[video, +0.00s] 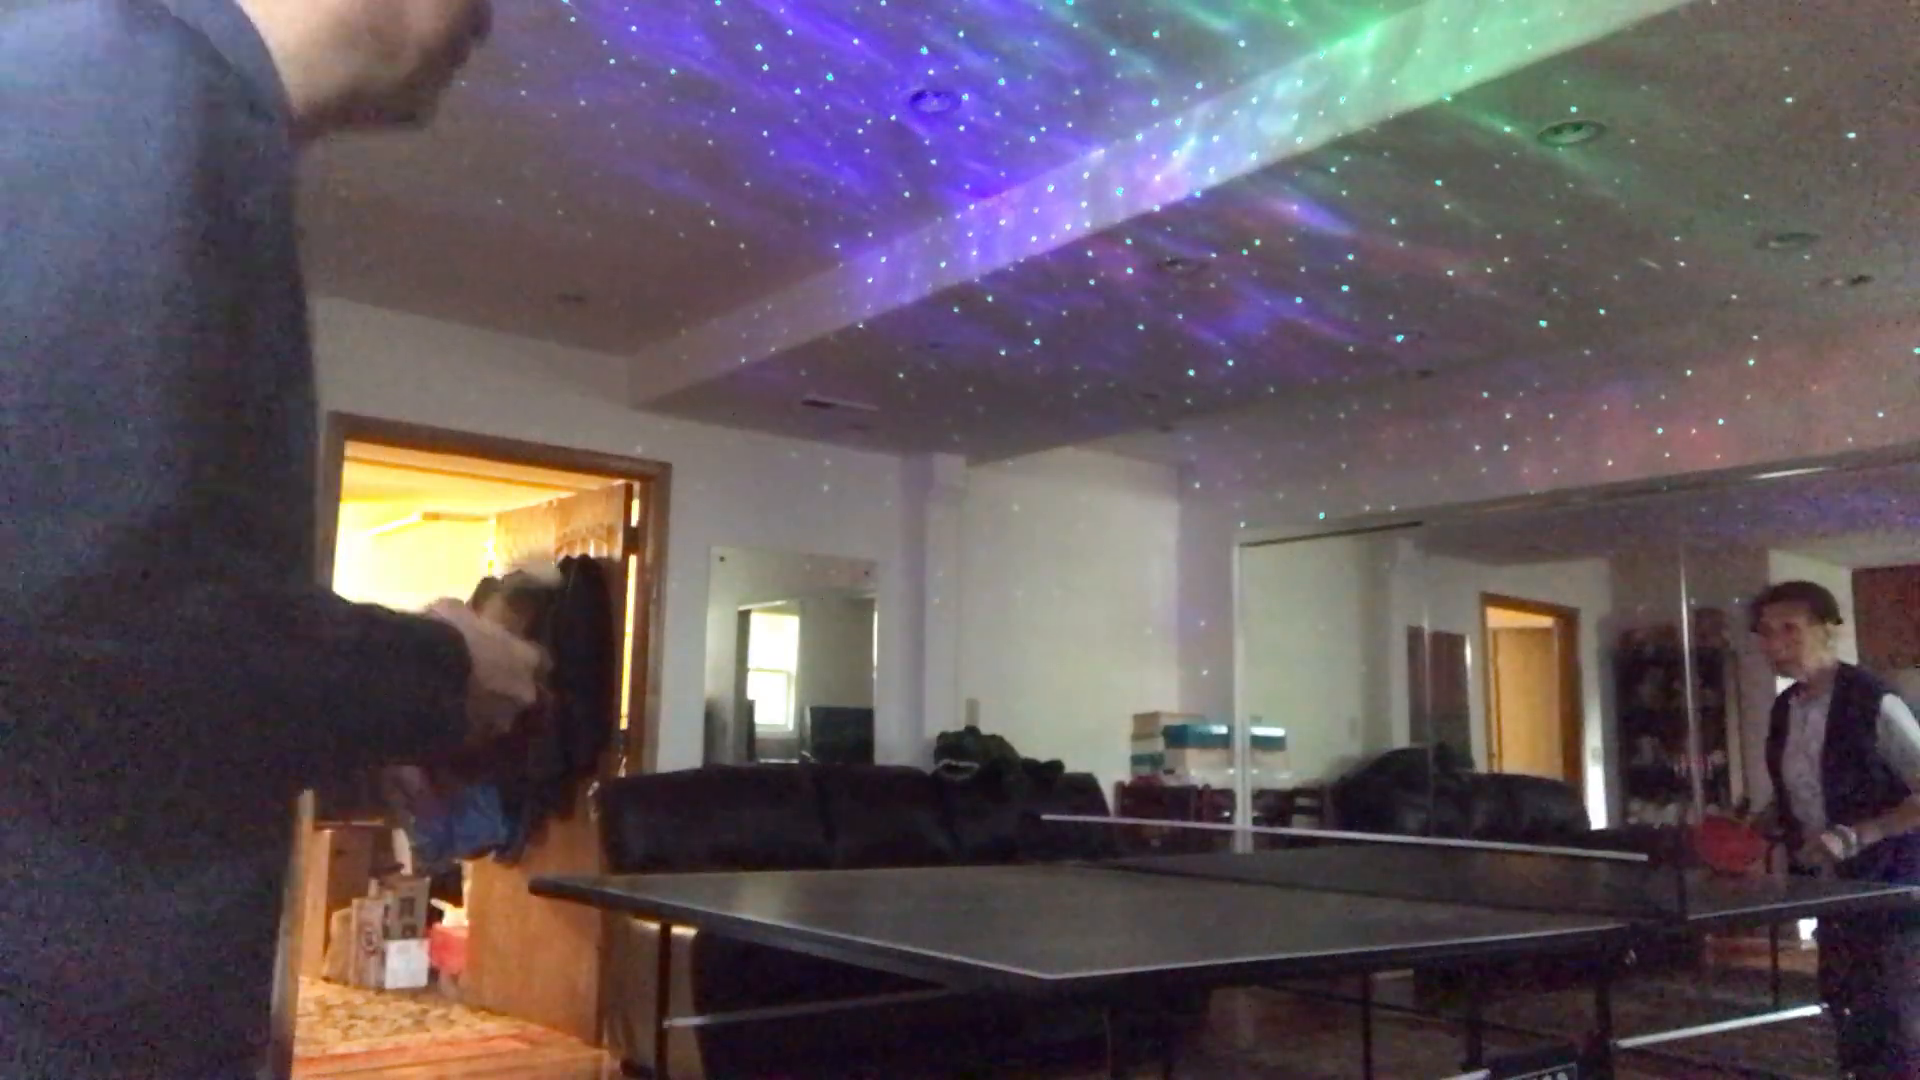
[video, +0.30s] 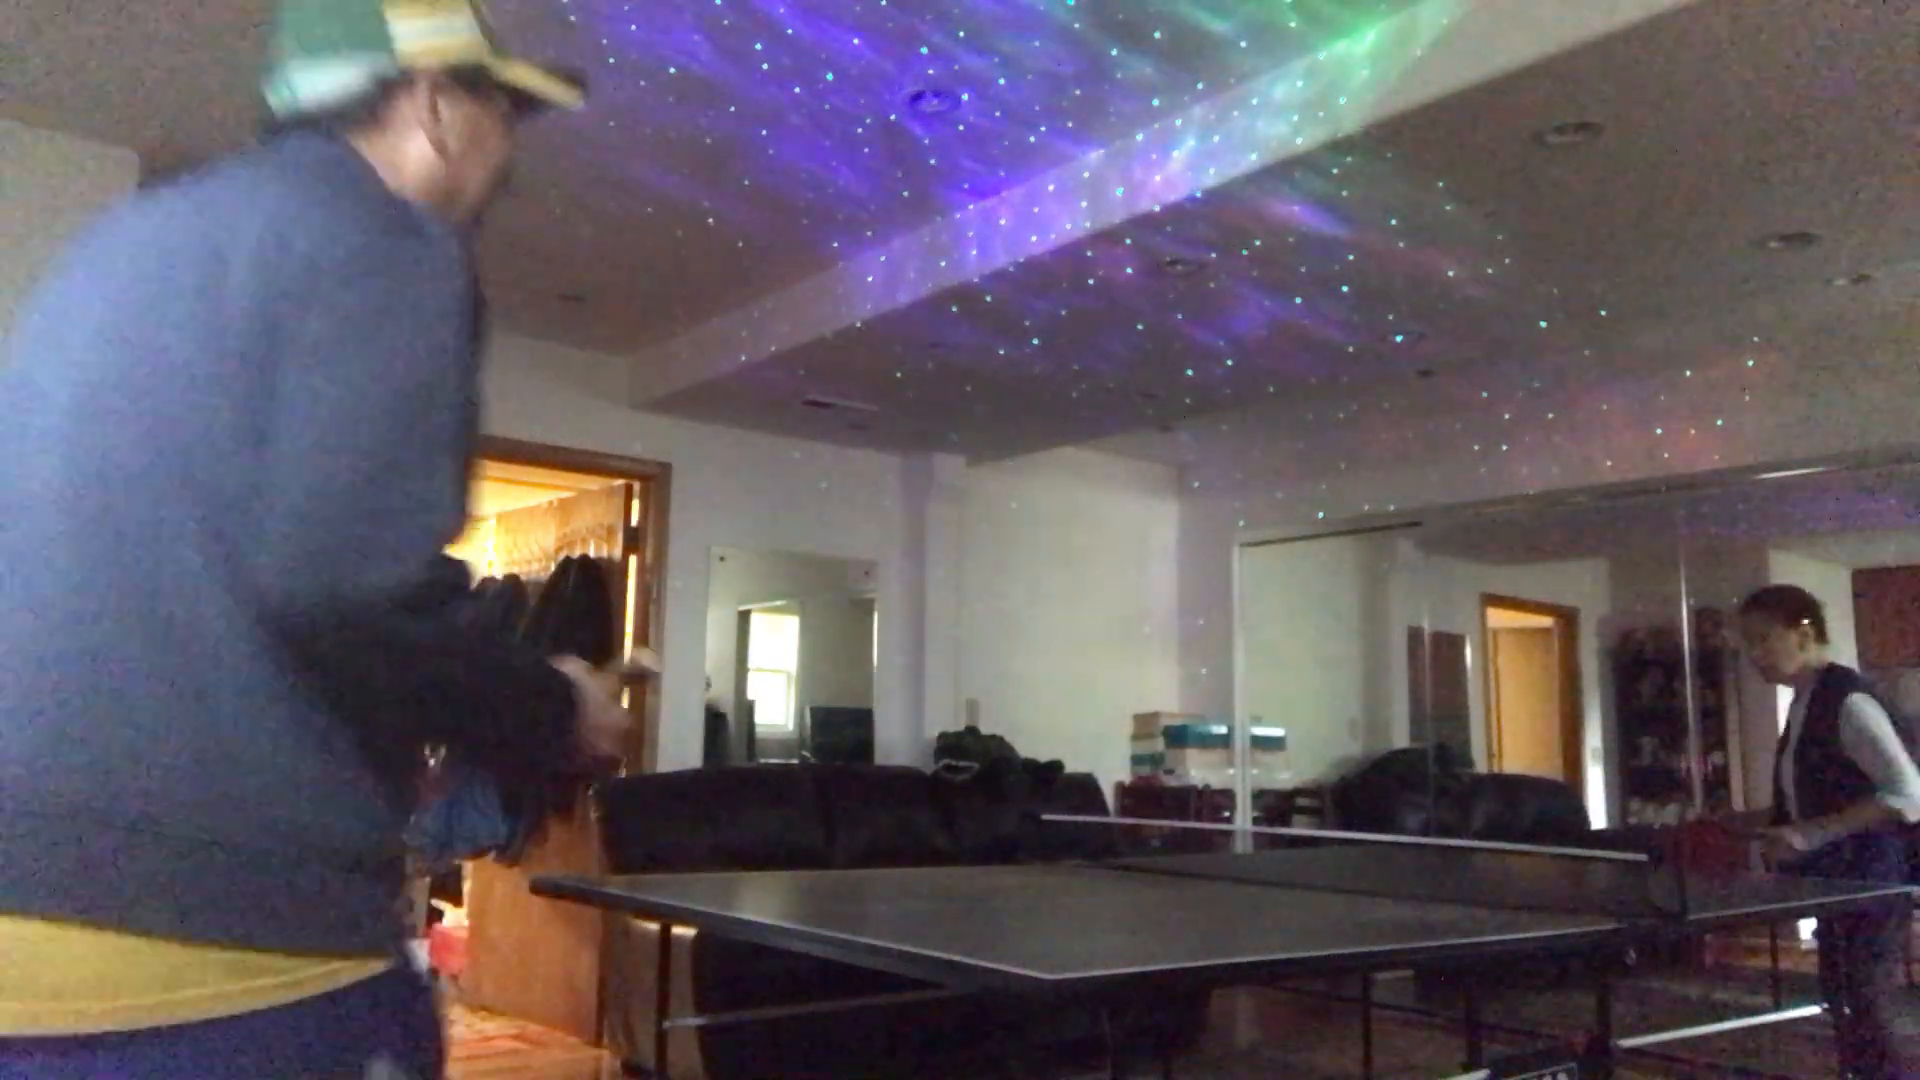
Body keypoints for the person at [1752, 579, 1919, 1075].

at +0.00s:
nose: (1777, 645)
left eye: (1789, 629)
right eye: (1768, 634)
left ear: (1827, 630)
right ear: (1761, 642)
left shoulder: (1874, 703)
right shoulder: (1784, 708)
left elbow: (1917, 795)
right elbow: (1792, 799)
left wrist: (1858, 835)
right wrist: (1761, 827)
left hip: (1888, 879)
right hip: (1827, 884)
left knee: (1894, 1015)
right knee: (1845, 1008)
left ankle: (1896, 1070)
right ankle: (1858, 1069)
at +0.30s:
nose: (1754, 655)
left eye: (1763, 639)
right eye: (1749, 643)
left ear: (1803, 632)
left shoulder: (1849, 702)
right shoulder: (1802, 703)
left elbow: (1906, 797)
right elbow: (1805, 807)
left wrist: (1811, 833)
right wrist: (1743, 821)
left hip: (1873, 882)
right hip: (1837, 881)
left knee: (1870, 1011)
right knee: (1846, 1006)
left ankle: (1887, 1072)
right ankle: (1860, 1071)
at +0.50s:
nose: (1748, 664)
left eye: (1751, 648)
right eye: (1744, 652)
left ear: (1786, 637)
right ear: (1791, 640)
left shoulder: (1831, 696)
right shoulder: (1821, 694)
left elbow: (1817, 802)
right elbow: (1804, 786)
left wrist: (1734, 798)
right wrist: (1746, 769)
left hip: (1861, 887)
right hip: (1848, 886)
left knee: (1853, 1006)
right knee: (1849, 1004)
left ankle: (1870, 1072)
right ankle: (1867, 1071)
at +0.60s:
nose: (1747, 664)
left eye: (1750, 649)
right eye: (1743, 653)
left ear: (1783, 637)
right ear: (1788, 639)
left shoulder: (1828, 692)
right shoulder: (1819, 691)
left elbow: (1782, 790)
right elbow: (1790, 774)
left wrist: (1735, 776)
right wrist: (1736, 752)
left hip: (1866, 886)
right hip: (1848, 884)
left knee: (1862, 1012)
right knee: (1852, 1008)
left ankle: (1876, 1070)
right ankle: (1864, 1068)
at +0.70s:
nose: (1742, 661)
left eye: (1744, 645)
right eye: (1738, 649)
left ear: (1778, 635)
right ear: (1784, 636)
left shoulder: (1834, 692)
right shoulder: (1808, 700)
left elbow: (1780, 783)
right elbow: (1763, 789)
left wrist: (1705, 775)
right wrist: (1690, 776)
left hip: (1862, 882)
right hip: (1836, 881)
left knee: (1857, 1002)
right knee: (1849, 1001)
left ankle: (1873, 1072)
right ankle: (1868, 1071)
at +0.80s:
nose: (1735, 655)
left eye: (1740, 641)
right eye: (1732, 644)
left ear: (1778, 632)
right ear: (1772, 637)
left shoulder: (1840, 697)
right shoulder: (1771, 712)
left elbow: (1846, 791)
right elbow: (1759, 789)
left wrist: (1756, 780)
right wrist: (1713, 779)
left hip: (1866, 877)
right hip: (1818, 877)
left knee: (1859, 997)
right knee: (1830, 988)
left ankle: (1881, 1068)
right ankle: (1866, 1066)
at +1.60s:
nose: (1736, 663)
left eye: (1750, 649)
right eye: (1730, 651)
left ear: (1790, 653)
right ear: (1724, 660)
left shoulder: (1850, 717)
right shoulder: (1736, 727)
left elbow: (1907, 803)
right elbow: (1734, 810)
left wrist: (1902, 889)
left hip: (1859, 882)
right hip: (1780, 887)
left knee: (1902, 994)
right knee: (1786, 1012)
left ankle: (1917, 1059)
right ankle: (1805, 1072)